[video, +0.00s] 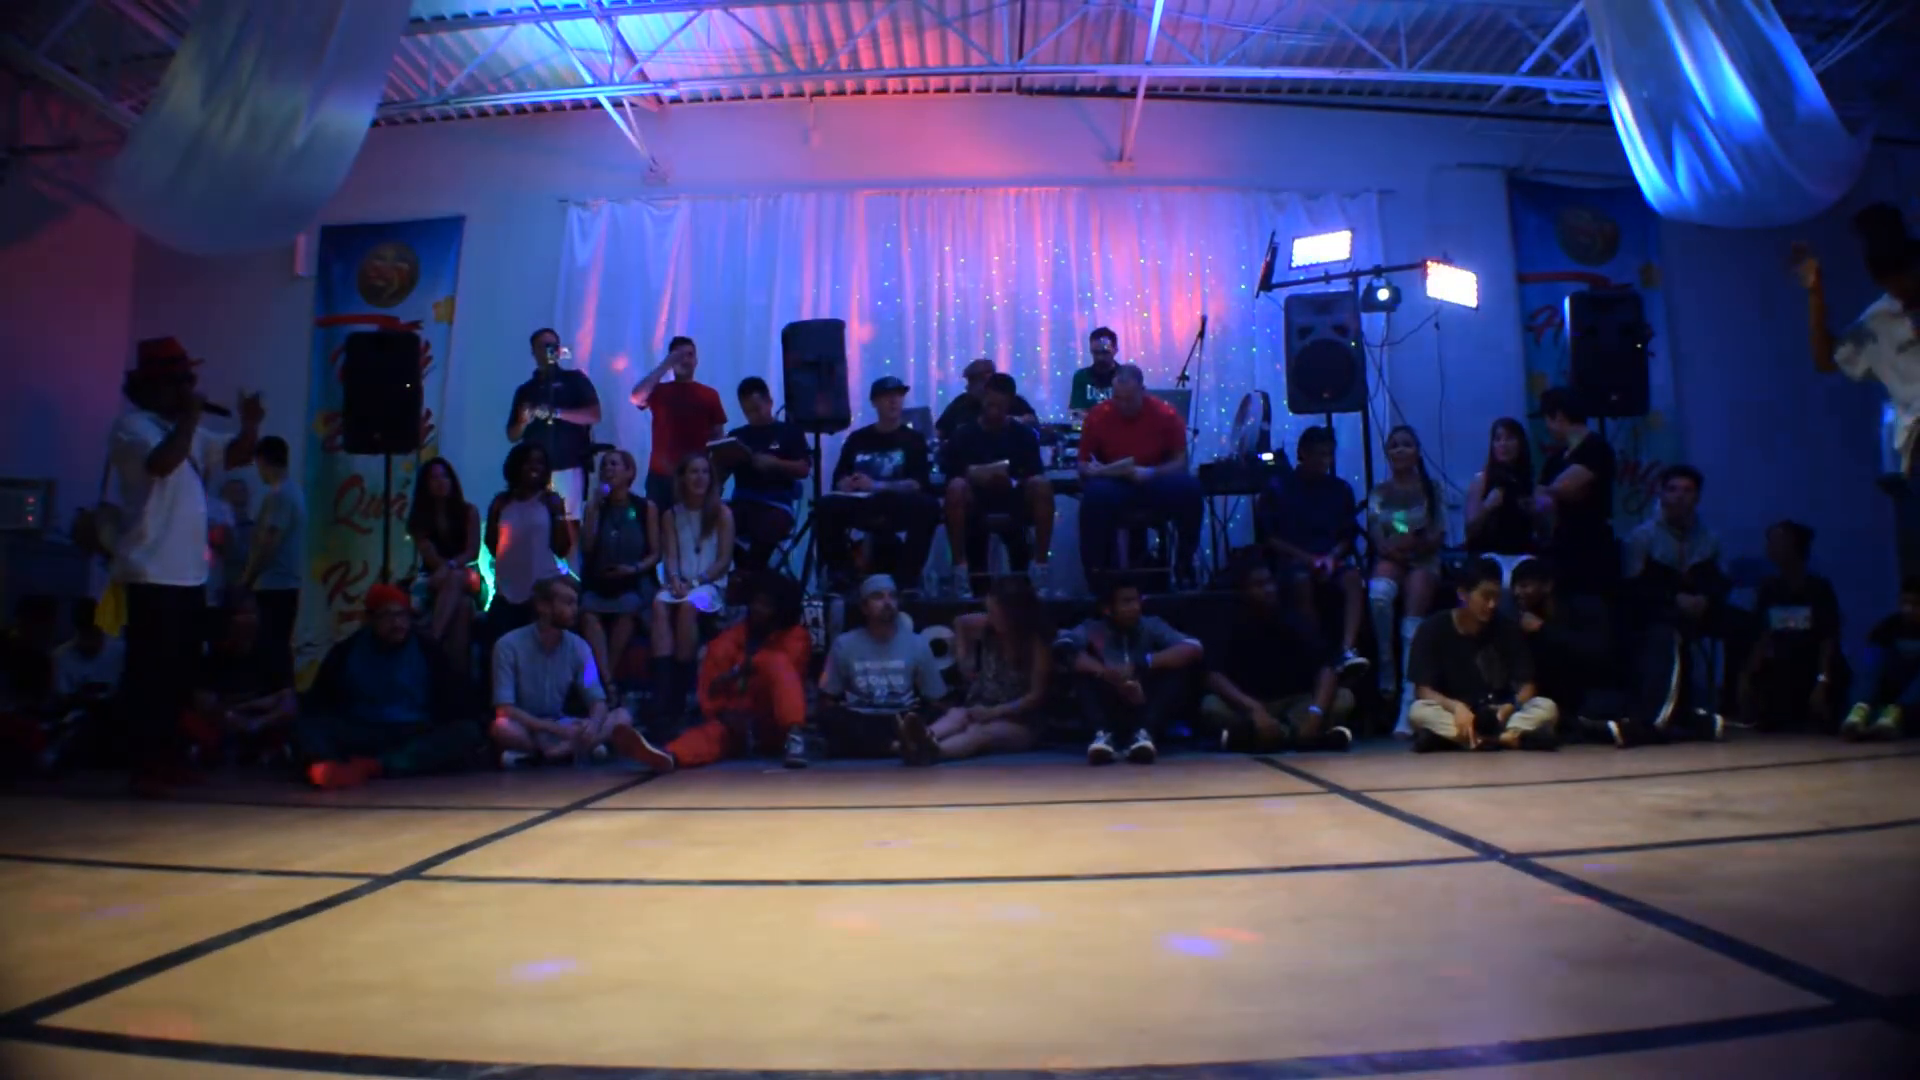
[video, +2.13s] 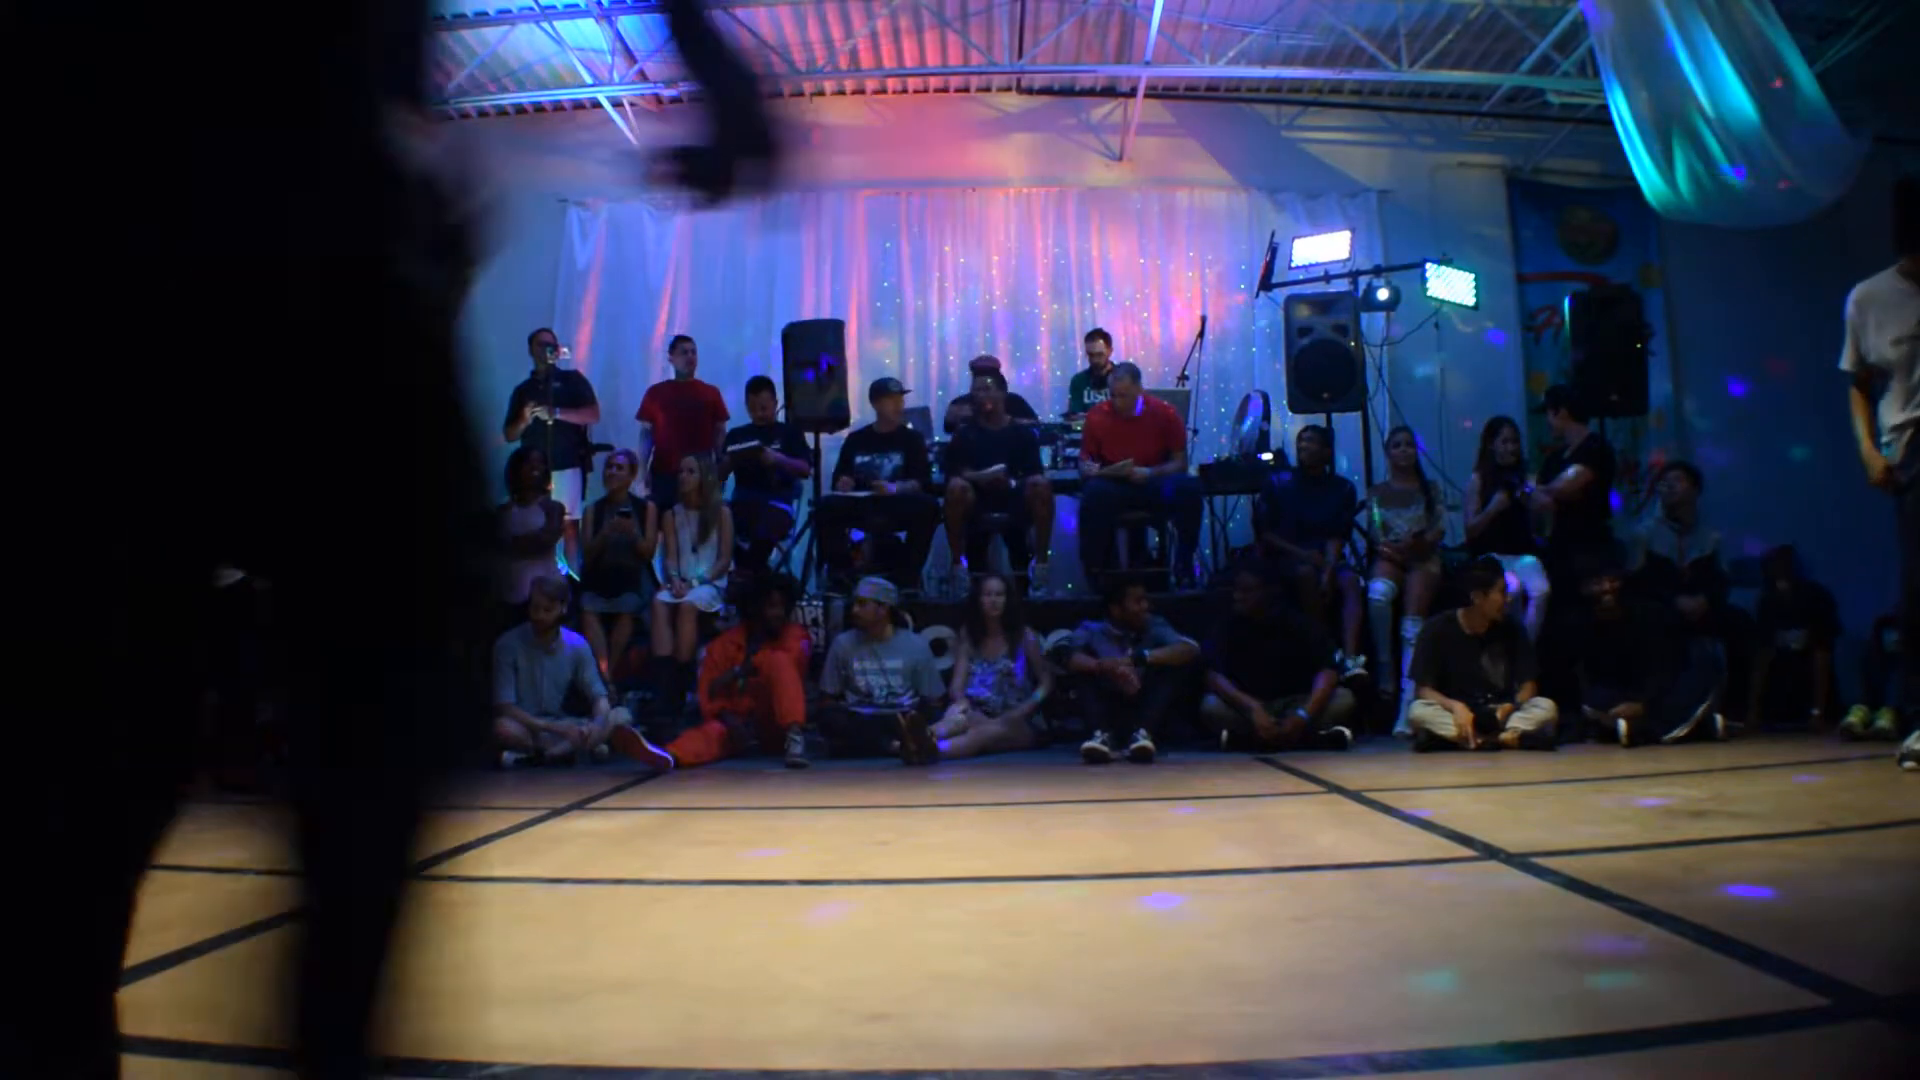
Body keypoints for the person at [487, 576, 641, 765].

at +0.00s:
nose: (574, 609)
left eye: (575, 603)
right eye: (567, 603)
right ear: (543, 607)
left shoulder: (579, 647)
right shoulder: (509, 645)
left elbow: (598, 701)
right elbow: (505, 709)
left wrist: (593, 725)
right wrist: (556, 729)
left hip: (564, 722)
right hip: (527, 722)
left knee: (622, 716)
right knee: (501, 727)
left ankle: (560, 750)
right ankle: (577, 747)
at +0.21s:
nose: (576, 602)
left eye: (574, 596)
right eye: (569, 597)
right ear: (547, 606)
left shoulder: (575, 644)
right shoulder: (509, 645)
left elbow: (597, 697)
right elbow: (504, 707)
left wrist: (592, 726)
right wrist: (555, 728)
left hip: (564, 721)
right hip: (528, 723)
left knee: (623, 715)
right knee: (503, 727)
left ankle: (559, 750)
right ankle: (578, 748)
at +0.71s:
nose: (552, 590)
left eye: (549, 586)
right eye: (545, 587)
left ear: (531, 602)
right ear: (527, 601)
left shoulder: (557, 632)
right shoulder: (499, 643)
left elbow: (575, 680)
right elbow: (502, 706)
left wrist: (587, 721)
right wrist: (560, 728)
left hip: (561, 717)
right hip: (527, 720)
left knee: (620, 712)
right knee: (503, 728)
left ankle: (557, 750)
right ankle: (579, 746)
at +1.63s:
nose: (555, 596)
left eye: (555, 590)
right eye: (545, 591)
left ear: (559, 594)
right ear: (524, 602)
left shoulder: (568, 640)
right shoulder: (503, 645)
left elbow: (596, 687)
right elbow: (504, 706)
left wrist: (595, 723)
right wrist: (556, 728)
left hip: (562, 719)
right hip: (526, 721)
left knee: (619, 714)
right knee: (504, 727)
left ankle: (546, 754)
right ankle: (582, 748)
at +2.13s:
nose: (540, 616)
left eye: (548, 610)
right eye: (536, 608)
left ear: (562, 610)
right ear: (529, 607)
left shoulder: (576, 645)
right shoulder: (509, 644)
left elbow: (599, 697)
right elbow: (505, 706)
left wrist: (597, 726)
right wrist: (558, 730)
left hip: (563, 720)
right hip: (525, 721)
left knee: (621, 716)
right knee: (503, 728)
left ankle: (551, 753)